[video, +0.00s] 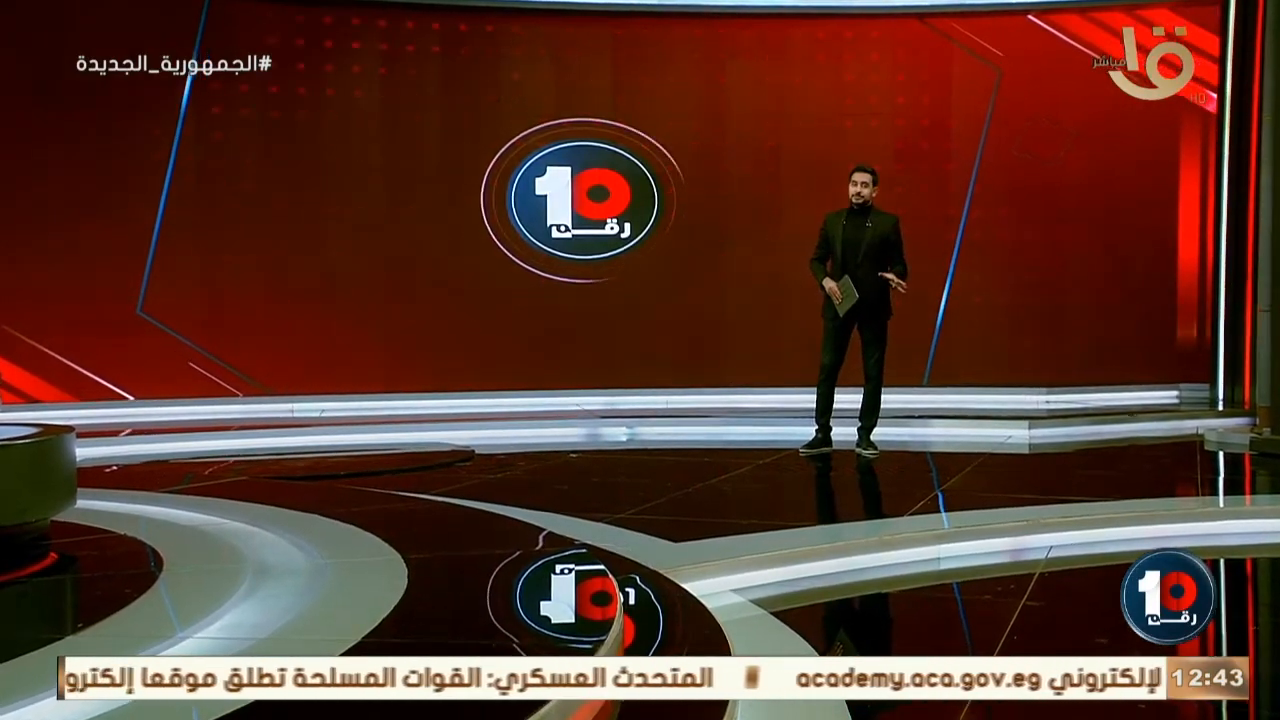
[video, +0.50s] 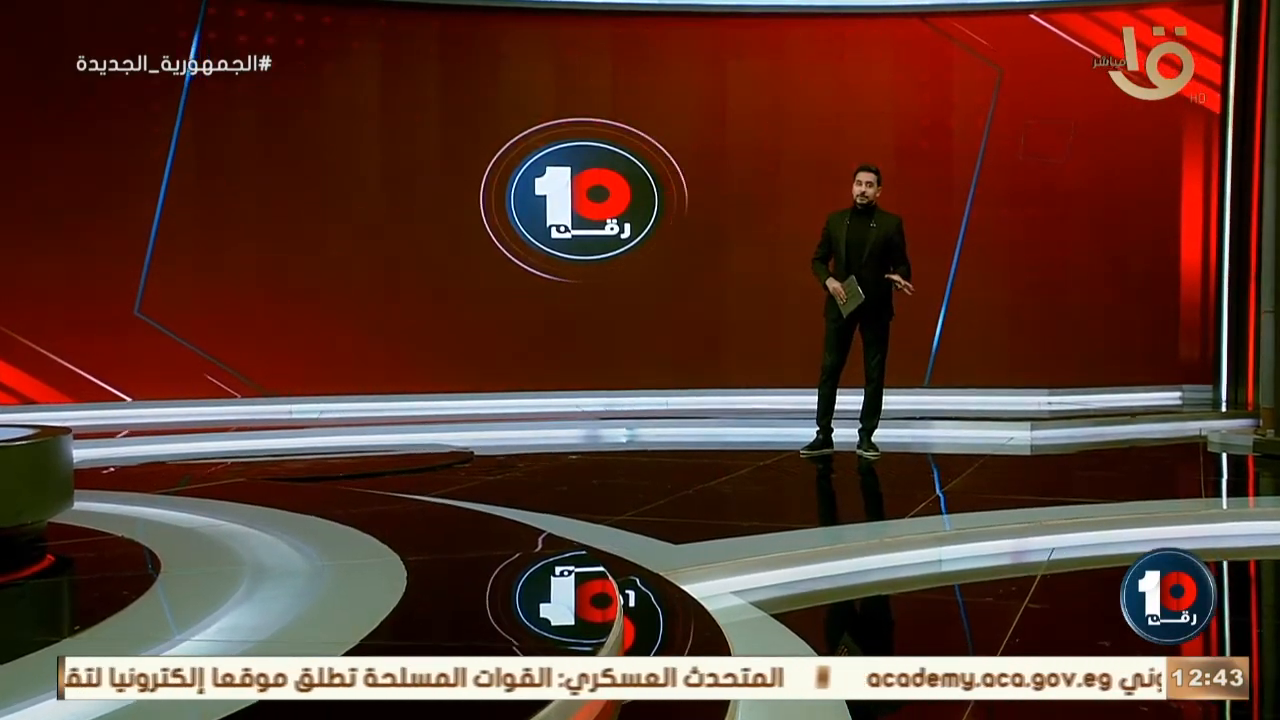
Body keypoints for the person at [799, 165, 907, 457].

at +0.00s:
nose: (858, 189)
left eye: (865, 185)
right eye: (854, 184)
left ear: (874, 190)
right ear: (848, 188)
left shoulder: (888, 223)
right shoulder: (833, 221)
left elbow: (899, 264)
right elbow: (816, 261)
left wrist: (896, 277)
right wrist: (825, 280)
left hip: (874, 309)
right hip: (839, 307)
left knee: (873, 374)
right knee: (828, 369)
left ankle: (865, 436)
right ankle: (822, 433)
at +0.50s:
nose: (863, 189)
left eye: (869, 185)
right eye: (859, 183)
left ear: (878, 190)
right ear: (852, 187)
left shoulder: (892, 224)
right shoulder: (836, 221)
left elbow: (902, 264)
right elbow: (818, 261)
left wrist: (900, 277)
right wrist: (828, 281)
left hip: (876, 309)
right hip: (841, 307)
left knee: (874, 376)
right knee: (829, 370)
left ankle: (866, 438)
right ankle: (823, 435)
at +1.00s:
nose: (865, 189)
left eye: (871, 185)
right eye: (860, 184)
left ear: (879, 190)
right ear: (852, 188)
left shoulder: (892, 224)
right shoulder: (837, 222)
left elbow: (902, 262)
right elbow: (820, 263)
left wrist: (908, 276)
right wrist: (831, 282)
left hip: (878, 309)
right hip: (842, 307)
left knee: (875, 376)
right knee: (831, 371)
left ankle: (867, 438)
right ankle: (824, 436)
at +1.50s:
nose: (857, 192)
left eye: (862, 186)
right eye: (852, 186)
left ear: (871, 190)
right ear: (844, 190)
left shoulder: (886, 223)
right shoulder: (830, 223)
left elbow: (896, 261)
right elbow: (812, 265)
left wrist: (903, 278)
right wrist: (825, 283)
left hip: (873, 308)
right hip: (836, 307)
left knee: (873, 376)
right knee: (826, 372)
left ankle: (868, 440)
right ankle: (819, 437)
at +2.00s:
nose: (835, 191)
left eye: (840, 186)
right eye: (830, 186)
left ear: (850, 189)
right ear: (822, 191)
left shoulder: (868, 223)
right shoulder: (812, 225)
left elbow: (885, 266)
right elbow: (797, 267)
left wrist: (877, 272)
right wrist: (808, 285)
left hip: (858, 309)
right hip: (821, 309)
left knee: (863, 376)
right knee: (817, 377)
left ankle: (868, 440)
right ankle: (819, 439)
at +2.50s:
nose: (820, 195)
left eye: (825, 189)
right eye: (815, 190)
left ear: (834, 191)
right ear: (807, 194)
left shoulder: (852, 224)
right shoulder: (796, 228)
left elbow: (868, 266)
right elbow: (782, 270)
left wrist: (860, 283)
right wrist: (796, 284)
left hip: (844, 311)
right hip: (809, 312)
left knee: (856, 373)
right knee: (810, 378)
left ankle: (868, 441)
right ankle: (819, 441)